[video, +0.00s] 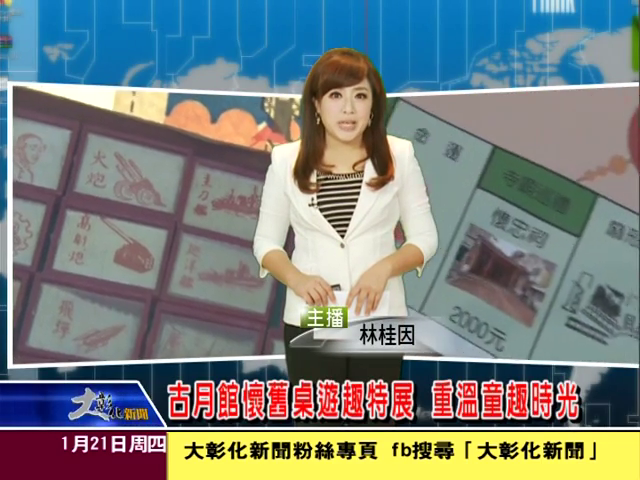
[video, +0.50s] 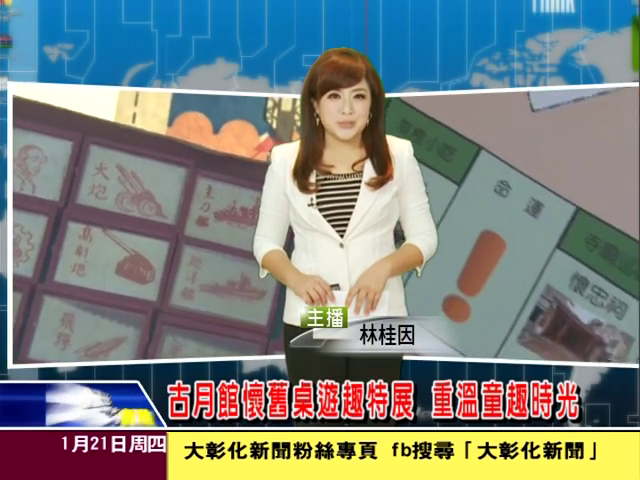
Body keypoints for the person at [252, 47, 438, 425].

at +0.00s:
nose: (348, 108)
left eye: (360, 96)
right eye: (335, 96)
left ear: (374, 104)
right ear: (316, 104)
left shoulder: (397, 156)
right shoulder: (288, 160)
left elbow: (425, 239)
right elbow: (265, 243)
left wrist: (384, 267)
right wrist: (297, 279)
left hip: (379, 324)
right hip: (309, 323)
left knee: (376, 440)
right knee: (315, 439)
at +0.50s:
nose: (347, 109)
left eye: (359, 97)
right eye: (334, 97)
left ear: (373, 104)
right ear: (315, 105)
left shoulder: (396, 155)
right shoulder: (287, 160)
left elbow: (424, 239)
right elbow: (265, 243)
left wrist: (383, 267)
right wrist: (297, 279)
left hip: (379, 323)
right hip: (309, 323)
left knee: (377, 439)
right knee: (314, 438)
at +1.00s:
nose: (345, 115)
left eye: (357, 102)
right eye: (332, 103)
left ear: (371, 105)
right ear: (312, 107)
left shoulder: (395, 156)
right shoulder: (285, 161)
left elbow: (424, 239)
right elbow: (265, 243)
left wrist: (382, 267)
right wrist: (296, 279)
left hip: (378, 325)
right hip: (308, 324)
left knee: (377, 440)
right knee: (315, 439)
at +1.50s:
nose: (345, 104)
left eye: (356, 92)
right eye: (332, 92)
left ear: (370, 103)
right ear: (313, 103)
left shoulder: (395, 155)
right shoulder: (285, 160)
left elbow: (424, 237)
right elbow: (264, 242)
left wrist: (386, 267)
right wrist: (289, 276)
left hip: (377, 324)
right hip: (307, 323)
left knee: (376, 441)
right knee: (314, 440)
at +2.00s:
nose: (343, 105)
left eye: (354, 93)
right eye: (330, 94)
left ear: (369, 102)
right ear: (311, 104)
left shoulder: (395, 155)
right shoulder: (285, 159)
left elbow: (422, 236)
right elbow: (264, 241)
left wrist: (388, 265)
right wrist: (288, 275)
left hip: (376, 325)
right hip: (307, 324)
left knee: (375, 443)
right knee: (314, 442)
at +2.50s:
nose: (343, 105)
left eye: (355, 94)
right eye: (330, 94)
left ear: (370, 103)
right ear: (312, 104)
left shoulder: (395, 155)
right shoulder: (286, 159)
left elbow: (422, 237)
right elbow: (268, 242)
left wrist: (389, 265)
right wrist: (289, 273)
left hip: (376, 326)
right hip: (307, 324)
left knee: (375, 441)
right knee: (313, 440)